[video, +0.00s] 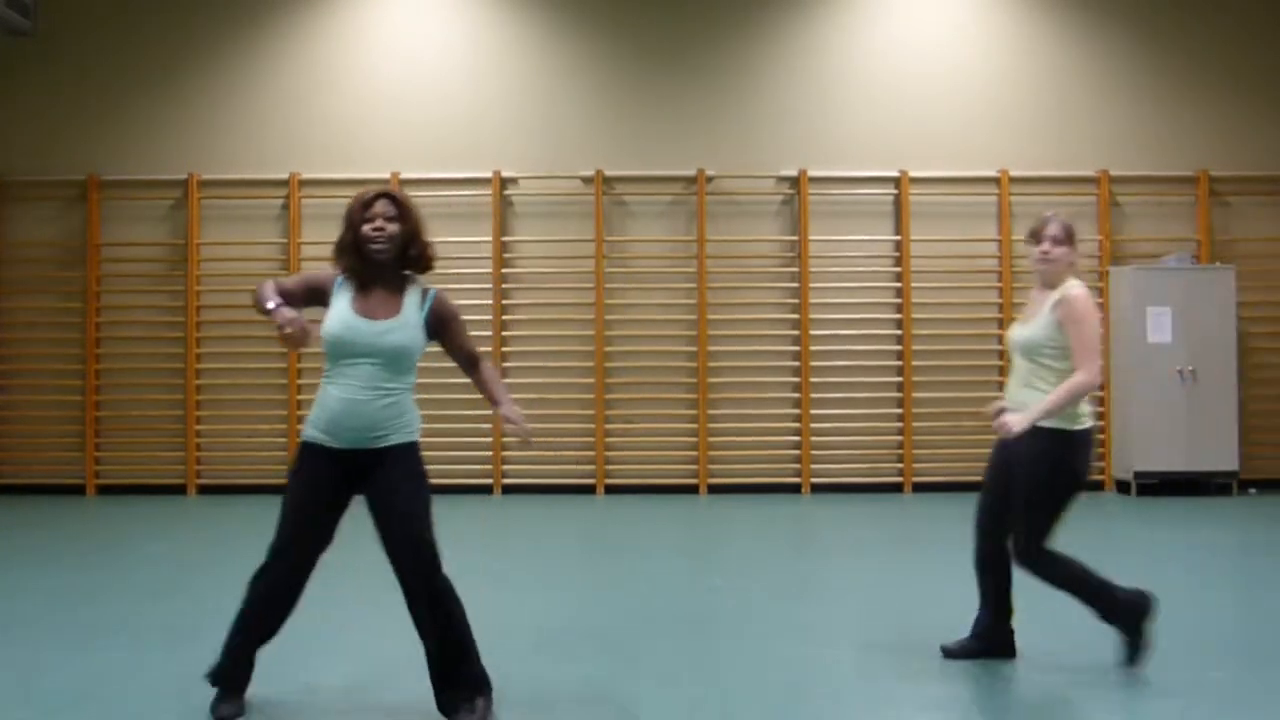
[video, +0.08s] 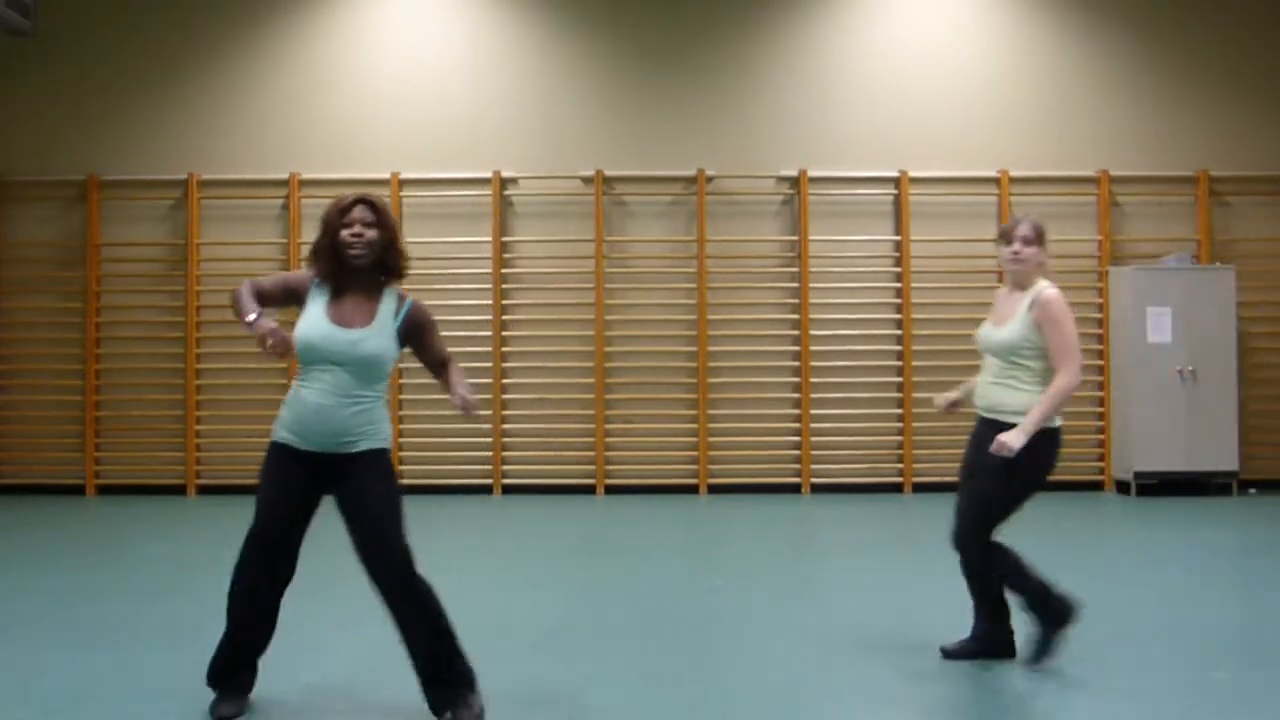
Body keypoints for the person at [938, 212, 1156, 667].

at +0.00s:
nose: (1047, 249)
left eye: (1058, 243)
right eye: (1040, 242)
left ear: (1073, 252)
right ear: (1031, 250)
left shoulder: (1075, 299)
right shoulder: (1038, 297)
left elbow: (1089, 374)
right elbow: (1037, 367)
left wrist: (1029, 415)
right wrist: (1010, 405)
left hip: (1059, 440)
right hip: (1021, 436)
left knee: (1028, 548)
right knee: (991, 533)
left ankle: (1127, 608)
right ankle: (993, 634)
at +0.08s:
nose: (1017, 250)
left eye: (1027, 243)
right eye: (1010, 242)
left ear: (1043, 253)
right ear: (1000, 250)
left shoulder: (1047, 301)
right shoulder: (1003, 297)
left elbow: (1069, 374)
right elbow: (999, 367)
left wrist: (1023, 430)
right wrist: (961, 394)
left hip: (1028, 436)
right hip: (990, 429)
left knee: (972, 534)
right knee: (968, 534)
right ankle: (991, 634)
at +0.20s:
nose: (977, 250)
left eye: (987, 244)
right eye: (970, 242)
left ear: (1001, 253)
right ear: (960, 250)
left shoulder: (1011, 302)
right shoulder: (955, 295)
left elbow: (1048, 368)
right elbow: (942, 359)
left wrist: (1015, 430)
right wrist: (902, 375)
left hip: (986, 434)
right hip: (945, 429)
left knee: (915, 524)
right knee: (953, 539)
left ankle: (919, 640)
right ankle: (992, 633)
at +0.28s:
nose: (951, 251)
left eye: (961, 245)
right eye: (944, 244)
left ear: (976, 254)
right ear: (934, 252)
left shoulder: (988, 304)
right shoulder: (925, 297)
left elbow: (1028, 367)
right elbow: (908, 365)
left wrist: (1001, 429)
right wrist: (872, 374)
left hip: (961, 436)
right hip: (916, 431)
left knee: (896, 529)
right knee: (926, 541)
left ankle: (867, 644)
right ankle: (985, 624)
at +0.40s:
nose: (920, 251)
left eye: (929, 244)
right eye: (912, 244)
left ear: (943, 256)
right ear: (900, 254)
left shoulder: (956, 306)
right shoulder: (890, 299)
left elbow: (989, 372)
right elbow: (873, 366)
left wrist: (964, 431)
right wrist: (849, 382)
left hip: (927, 434)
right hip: (879, 429)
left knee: (869, 534)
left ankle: (866, 644)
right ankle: (927, 596)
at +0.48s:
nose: (901, 246)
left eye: (910, 239)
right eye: (893, 239)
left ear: (924, 249)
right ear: (882, 248)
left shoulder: (939, 300)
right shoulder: (870, 297)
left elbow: (976, 365)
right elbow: (850, 361)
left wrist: (939, 410)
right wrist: (838, 370)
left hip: (911, 434)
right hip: (860, 427)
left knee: (862, 535)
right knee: (827, 530)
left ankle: (867, 646)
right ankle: (860, 622)